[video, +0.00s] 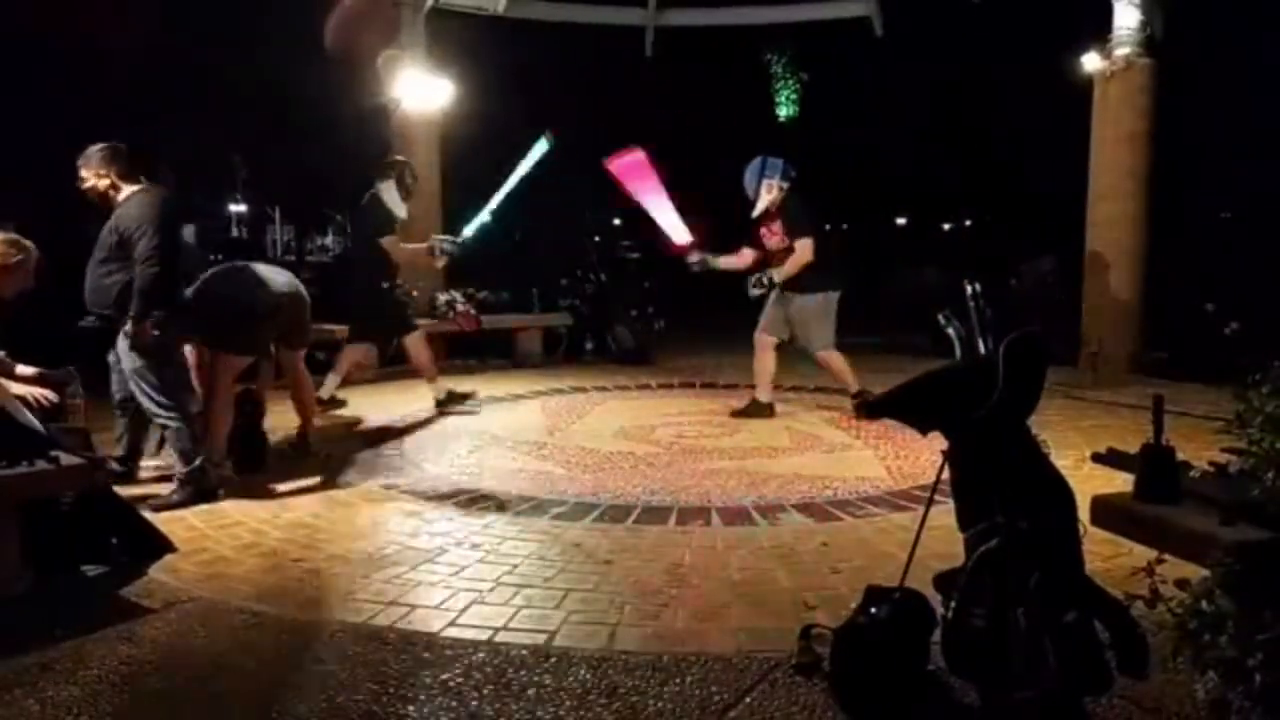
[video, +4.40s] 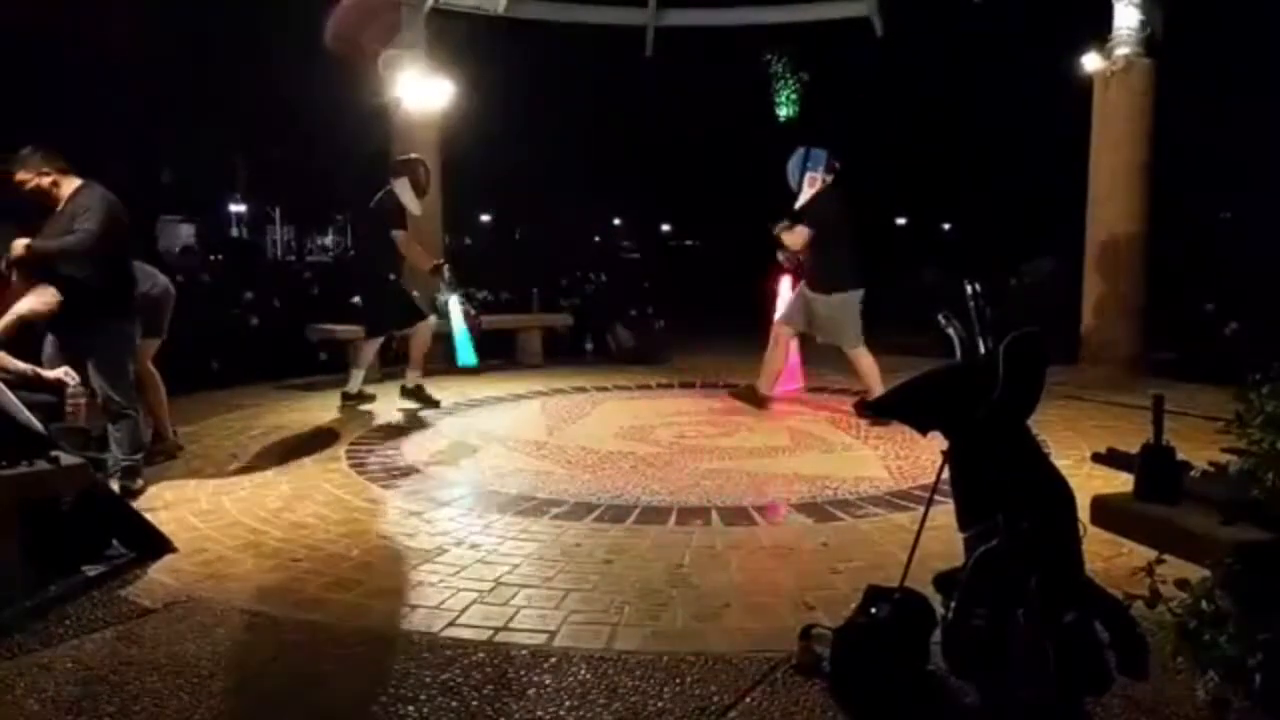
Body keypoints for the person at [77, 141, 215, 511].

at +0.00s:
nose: (85, 188)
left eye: (86, 180)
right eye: (83, 181)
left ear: (106, 176)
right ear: (109, 175)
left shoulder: (144, 207)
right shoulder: (132, 205)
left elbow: (150, 266)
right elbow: (142, 264)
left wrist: (137, 317)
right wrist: (123, 311)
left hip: (139, 321)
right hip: (122, 320)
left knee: (163, 404)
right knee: (125, 396)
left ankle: (195, 474)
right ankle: (125, 461)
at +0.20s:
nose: (57, 192)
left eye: (59, 184)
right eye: (54, 186)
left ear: (81, 175)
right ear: (81, 177)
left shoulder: (126, 202)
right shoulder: (99, 207)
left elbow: (149, 249)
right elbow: (101, 262)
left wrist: (133, 298)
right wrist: (83, 305)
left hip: (120, 317)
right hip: (93, 319)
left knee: (142, 395)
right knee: (103, 397)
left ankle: (180, 469)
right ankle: (115, 464)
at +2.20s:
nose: (73, 192)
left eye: (79, 185)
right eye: (69, 185)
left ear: (99, 177)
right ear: (66, 180)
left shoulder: (139, 205)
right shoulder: (75, 210)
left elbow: (168, 249)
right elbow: (70, 258)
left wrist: (119, 259)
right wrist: (63, 292)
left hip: (129, 321)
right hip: (87, 320)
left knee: (131, 400)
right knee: (100, 400)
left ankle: (141, 468)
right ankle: (111, 464)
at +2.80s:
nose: (27, 196)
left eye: (30, 187)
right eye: (24, 189)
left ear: (53, 177)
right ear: (40, 182)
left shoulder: (105, 206)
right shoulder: (39, 218)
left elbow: (139, 250)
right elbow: (32, 272)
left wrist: (130, 302)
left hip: (103, 324)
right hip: (60, 328)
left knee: (123, 400)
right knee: (59, 402)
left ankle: (141, 466)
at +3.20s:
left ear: (4, 199)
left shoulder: (50, 202)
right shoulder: (6, 246)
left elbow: (107, 225)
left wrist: (118, 275)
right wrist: (14, 323)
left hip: (95, 314)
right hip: (43, 326)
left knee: (108, 395)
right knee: (35, 398)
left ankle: (124, 470)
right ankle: (46, 476)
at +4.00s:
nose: (5, 200)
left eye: (4, 193)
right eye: (2, 195)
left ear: (16, 182)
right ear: (8, 189)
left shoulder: (72, 198)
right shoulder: (15, 223)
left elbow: (116, 225)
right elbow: (15, 272)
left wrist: (84, 259)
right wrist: (17, 296)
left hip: (91, 314)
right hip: (47, 321)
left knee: (106, 396)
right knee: (42, 399)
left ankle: (126, 471)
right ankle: (60, 472)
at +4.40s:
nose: (29, 195)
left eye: (29, 185)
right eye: (24, 189)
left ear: (48, 174)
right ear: (44, 179)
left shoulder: (96, 201)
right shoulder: (60, 210)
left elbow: (85, 242)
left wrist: (32, 247)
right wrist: (24, 262)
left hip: (109, 311)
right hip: (73, 311)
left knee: (115, 395)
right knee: (62, 388)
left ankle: (127, 470)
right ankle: (75, 466)